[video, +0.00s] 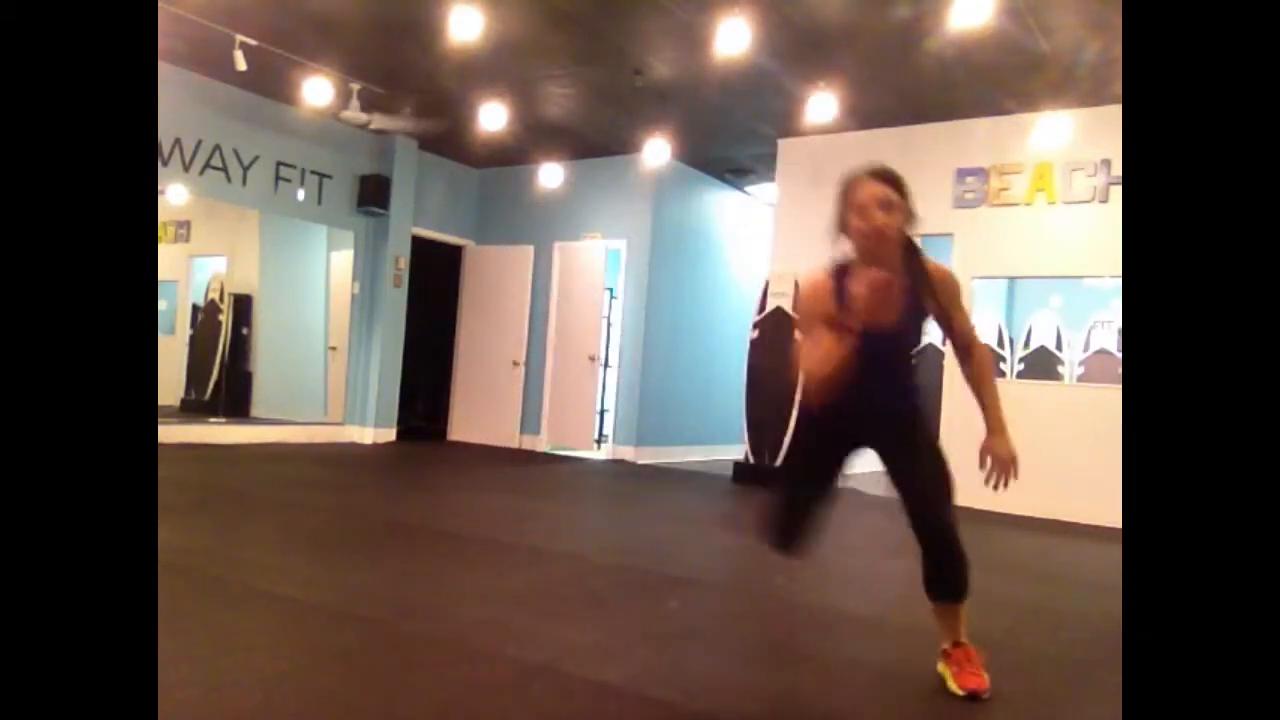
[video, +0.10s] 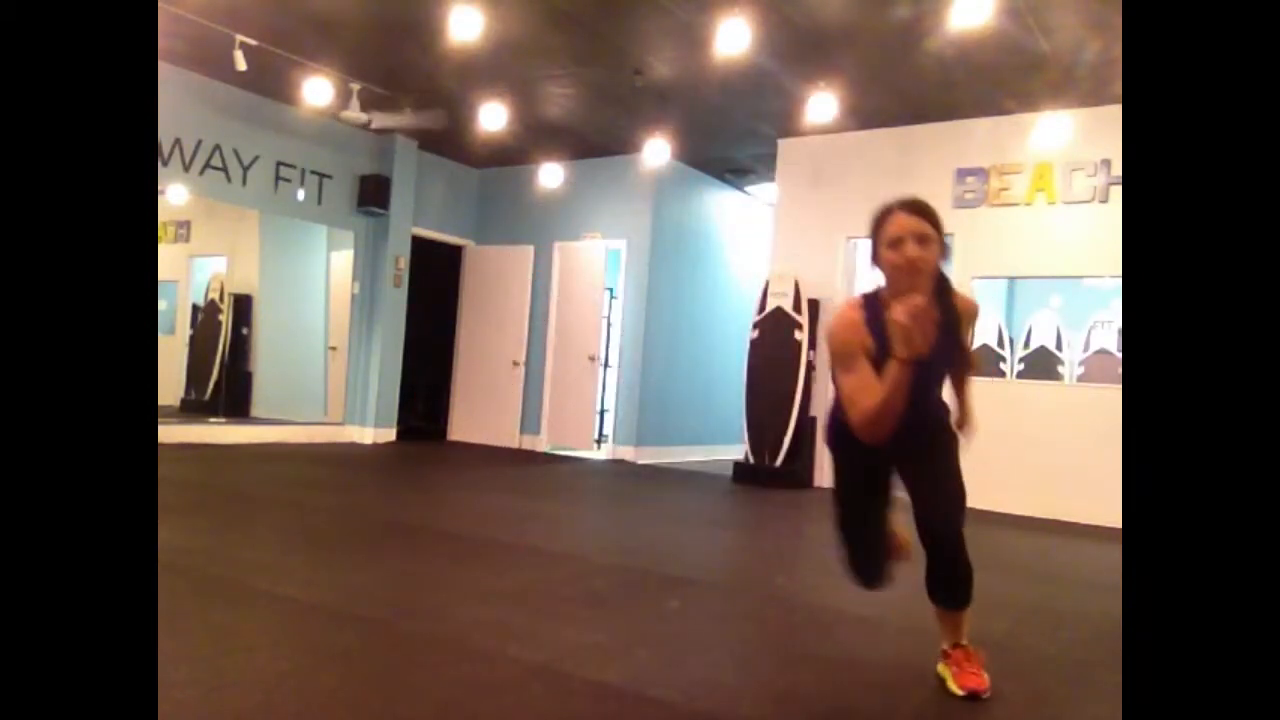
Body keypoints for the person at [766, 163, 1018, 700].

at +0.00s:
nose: (874, 220)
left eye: (885, 207)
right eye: (861, 210)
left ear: (906, 218)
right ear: (844, 224)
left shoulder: (931, 282)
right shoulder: (821, 288)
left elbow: (969, 349)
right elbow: (811, 378)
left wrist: (997, 429)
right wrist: (854, 319)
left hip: (899, 417)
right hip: (831, 416)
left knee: (938, 526)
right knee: (785, 531)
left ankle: (955, 647)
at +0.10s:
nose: (911, 252)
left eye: (923, 241)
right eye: (896, 244)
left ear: (940, 252)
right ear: (877, 258)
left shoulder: (958, 310)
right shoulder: (850, 323)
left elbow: (959, 357)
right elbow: (868, 426)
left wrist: (964, 406)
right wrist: (904, 357)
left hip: (923, 424)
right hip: (860, 434)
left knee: (946, 536)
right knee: (868, 568)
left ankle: (954, 650)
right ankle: (889, 535)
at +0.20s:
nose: (925, 270)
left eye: (937, 257)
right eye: (911, 259)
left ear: (956, 268)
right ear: (891, 273)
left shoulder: (969, 324)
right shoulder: (862, 341)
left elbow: (957, 358)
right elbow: (888, 446)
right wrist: (918, 376)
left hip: (938, 439)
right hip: (878, 459)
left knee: (949, 553)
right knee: (912, 580)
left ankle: (956, 651)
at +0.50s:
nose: (859, 208)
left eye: (872, 196)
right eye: (847, 198)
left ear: (894, 207)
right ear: (833, 211)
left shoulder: (928, 272)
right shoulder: (811, 278)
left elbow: (990, 350)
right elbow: (761, 347)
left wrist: (955, 314)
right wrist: (758, 418)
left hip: (899, 409)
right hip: (830, 410)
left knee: (930, 532)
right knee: (796, 515)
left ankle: (953, 647)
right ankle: (841, 571)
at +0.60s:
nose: (797, 158)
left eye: (810, 148)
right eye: (787, 148)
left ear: (835, 158)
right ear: (775, 159)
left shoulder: (865, 210)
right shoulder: (766, 234)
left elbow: (926, 247)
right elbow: (711, 284)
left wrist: (835, 210)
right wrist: (672, 336)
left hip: (850, 384)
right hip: (782, 381)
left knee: (903, 507)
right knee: (710, 442)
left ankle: (952, 643)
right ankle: (703, 542)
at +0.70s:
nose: (732, 121)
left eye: (747, 110)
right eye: (721, 111)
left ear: (773, 121)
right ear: (709, 124)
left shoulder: (800, 183)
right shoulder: (700, 197)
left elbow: (851, 225)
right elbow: (658, 243)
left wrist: (766, 198)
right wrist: (620, 296)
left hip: (790, 349)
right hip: (725, 344)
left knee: (860, 476)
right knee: (637, 423)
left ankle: (931, 602)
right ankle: (579, 524)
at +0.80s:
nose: (679, 126)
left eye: (690, 116)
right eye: (668, 117)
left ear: (712, 129)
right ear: (655, 133)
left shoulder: (734, 189)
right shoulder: (643, 199)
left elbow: (772, 246)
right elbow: (605, 250)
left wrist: (705, 215)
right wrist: (570, 300)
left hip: (729, 346)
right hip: (663, 343)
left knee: (784, 451)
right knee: (587, 440)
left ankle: (857, 554)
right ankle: (516, 540)